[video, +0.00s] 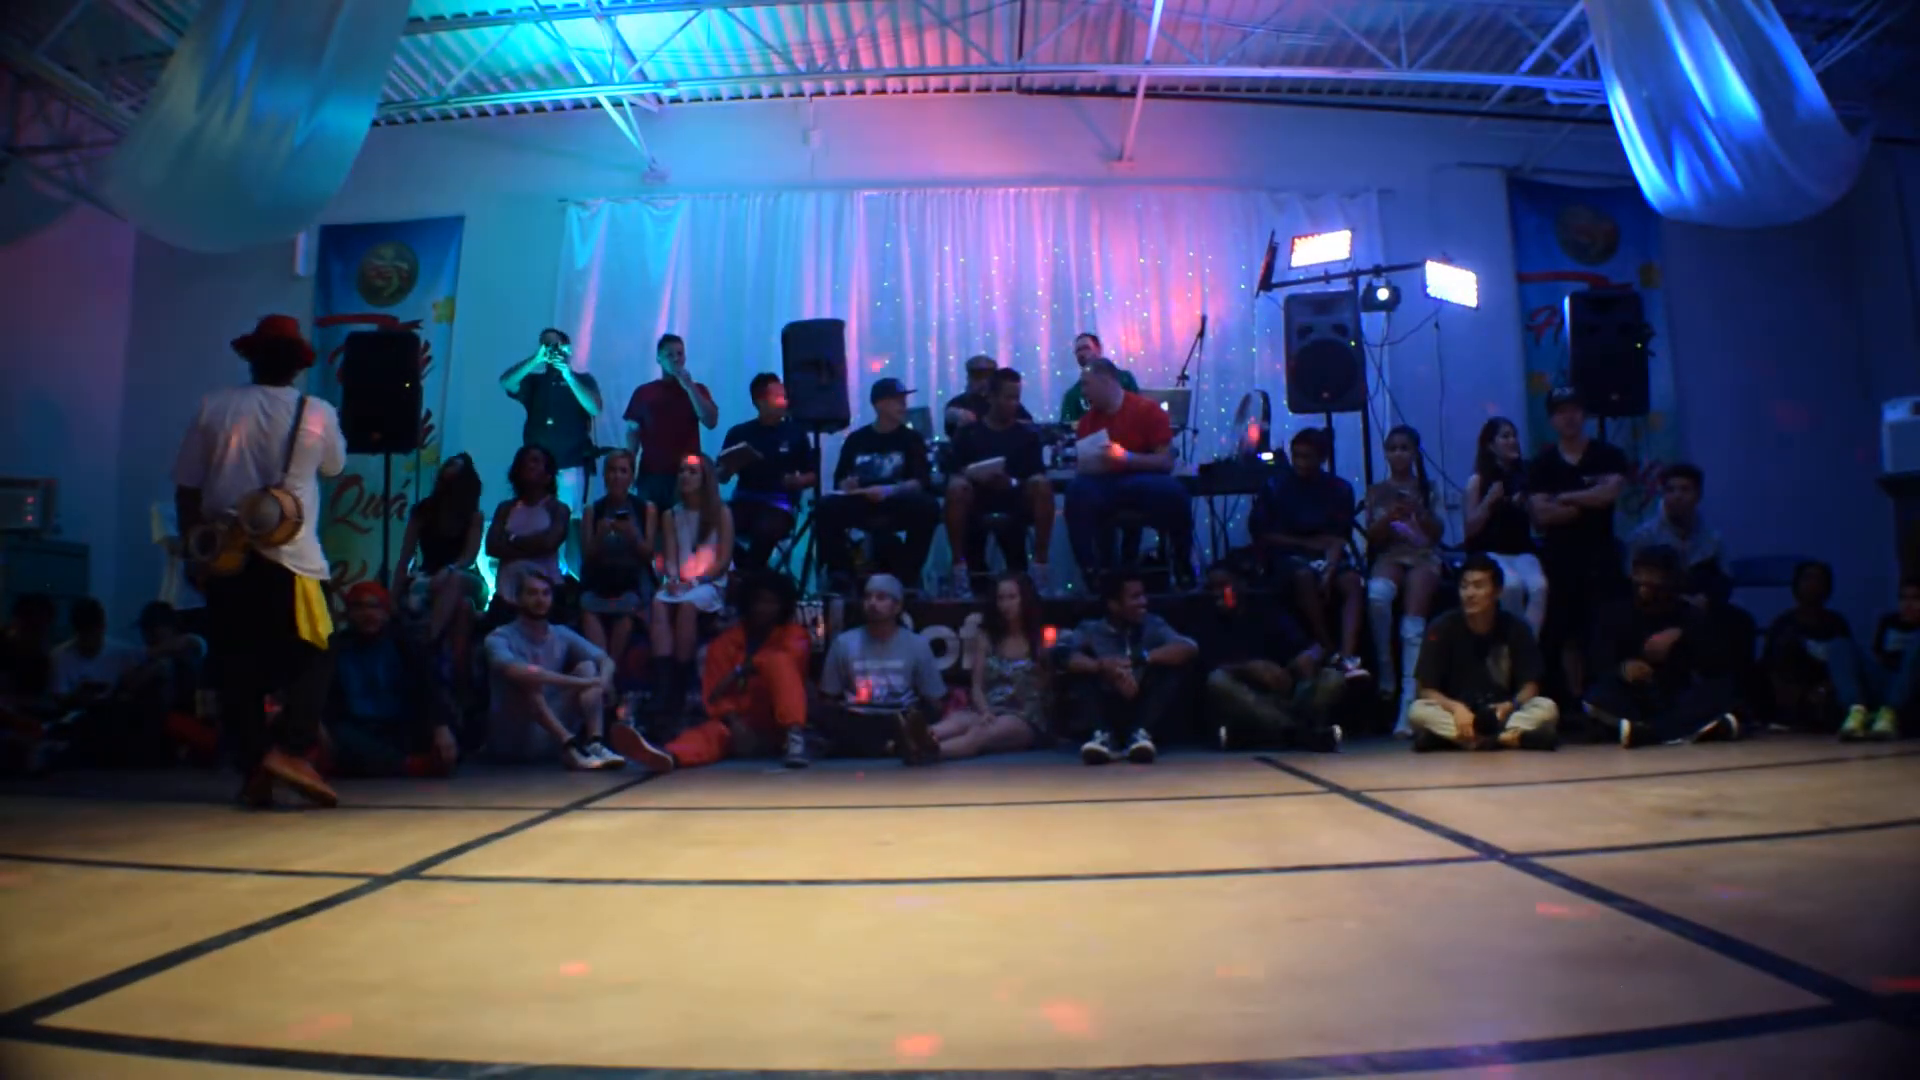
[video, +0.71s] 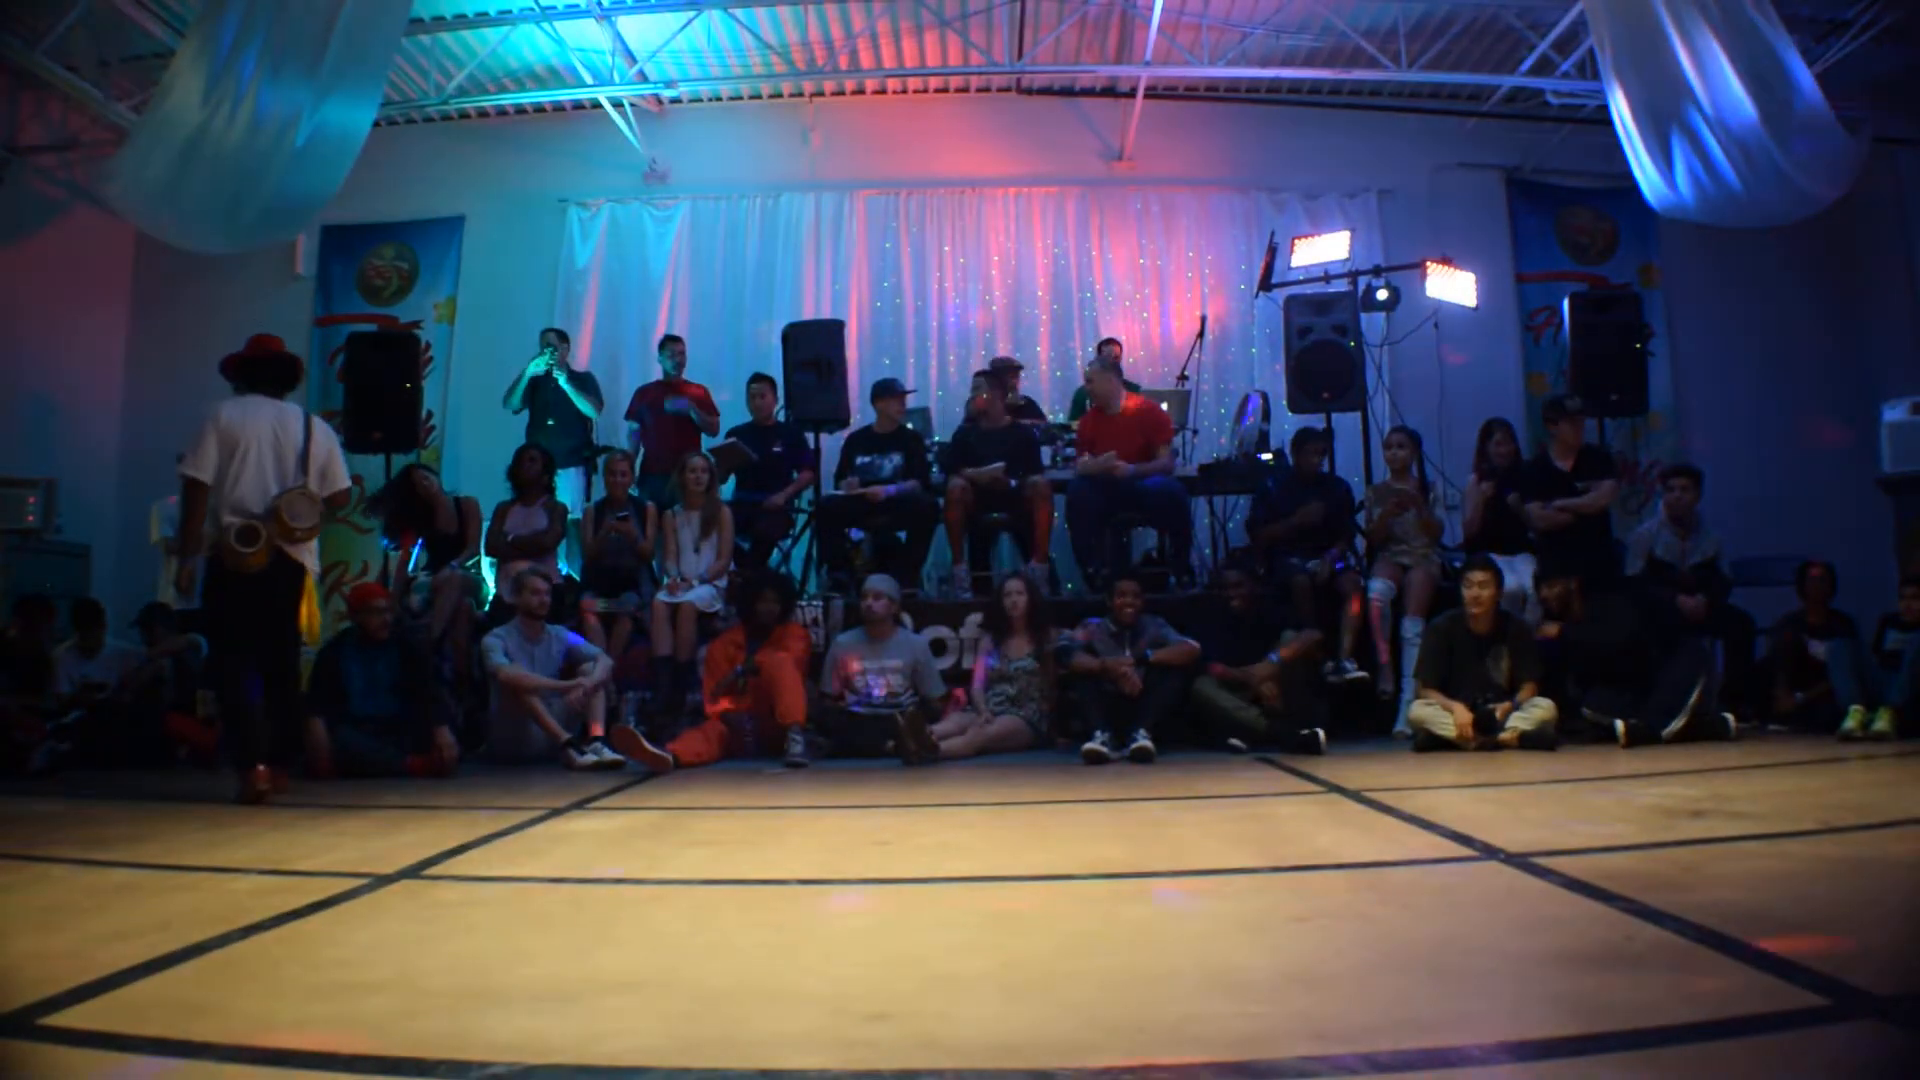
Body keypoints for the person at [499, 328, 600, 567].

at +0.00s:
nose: (553, 351)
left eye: (558, 346)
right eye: (548, 347)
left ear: (567, 349)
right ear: (541, 350)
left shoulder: (581, 380)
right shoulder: (533, 382)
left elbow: (594, 408)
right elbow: (506, 383)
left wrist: (566, 374)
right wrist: (537, 358)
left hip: (572, 459)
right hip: (538, 459)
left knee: (570, 520)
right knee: (535, 518)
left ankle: (571, 575)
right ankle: (536, 578)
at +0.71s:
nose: (552, 352)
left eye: (557, 347)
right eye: (547, 347)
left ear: (567, 349)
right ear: (540, 351)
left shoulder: (583, 379)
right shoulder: (533, 381)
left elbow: (594, 411)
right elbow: (511, 405)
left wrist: (565, 382)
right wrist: (528, 372)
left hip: (572, 460)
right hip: (539, 461)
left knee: (572, 523)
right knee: (537, 521)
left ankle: (573, 577)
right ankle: (538, 579)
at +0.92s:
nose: (548, 352)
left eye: (552, 346)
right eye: (543, 348)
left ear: (563, 348)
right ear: (537, 352)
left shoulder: (581, 379)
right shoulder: (530, 385)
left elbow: (598, 415)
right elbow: (515, 426)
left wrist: (567, 387)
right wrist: (527, 400)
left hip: (572, 461)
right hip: (539, 463)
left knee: (570, 522)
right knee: (538, 521)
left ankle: (572, 578)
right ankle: (540, 579)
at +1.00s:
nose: (547, 352)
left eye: (551, 346)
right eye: (541, 348)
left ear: (561, 347)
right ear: (536, 352)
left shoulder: (580, 378)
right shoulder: (529, 386)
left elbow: (599, 413)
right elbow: (514, 429)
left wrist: (574, 387)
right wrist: (525, 413)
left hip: (571, 462)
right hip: (539, 465)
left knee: (570, 523)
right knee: (539, 523)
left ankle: (572, 577)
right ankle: (543, 578)